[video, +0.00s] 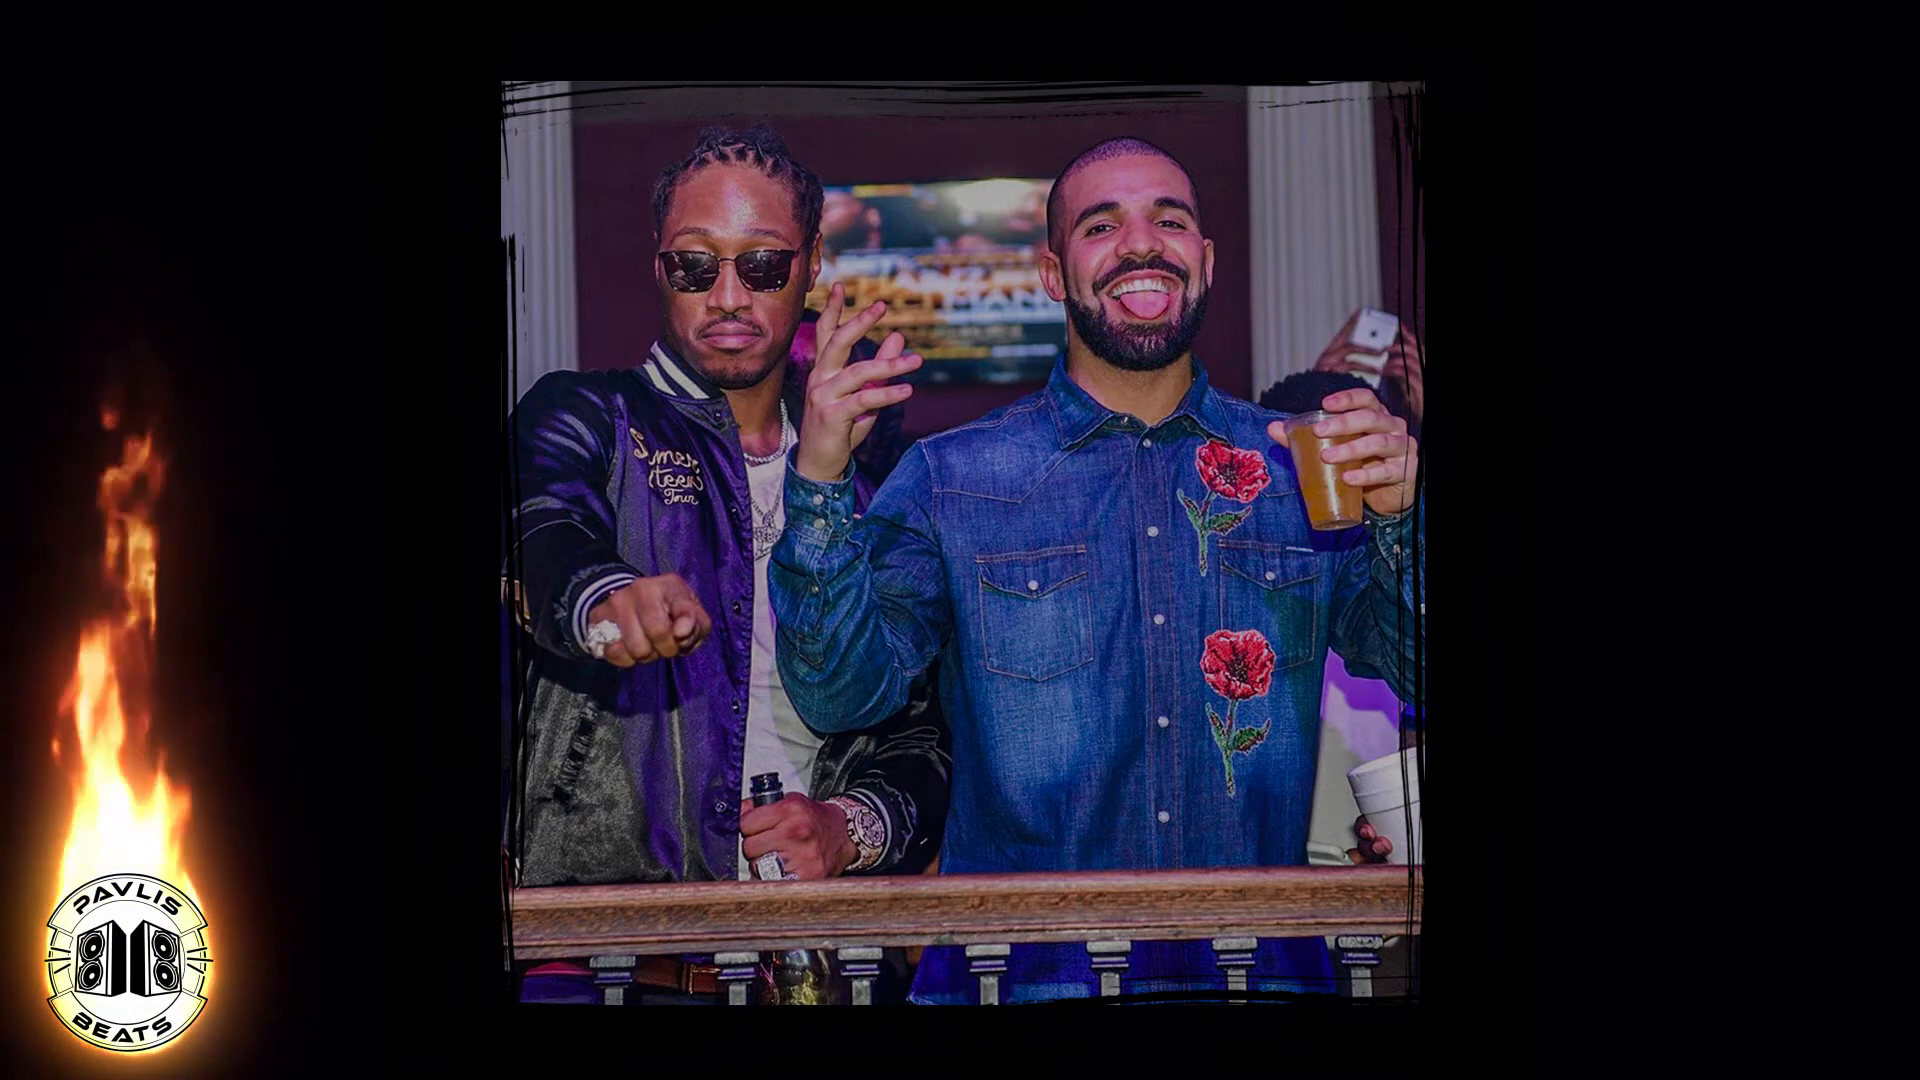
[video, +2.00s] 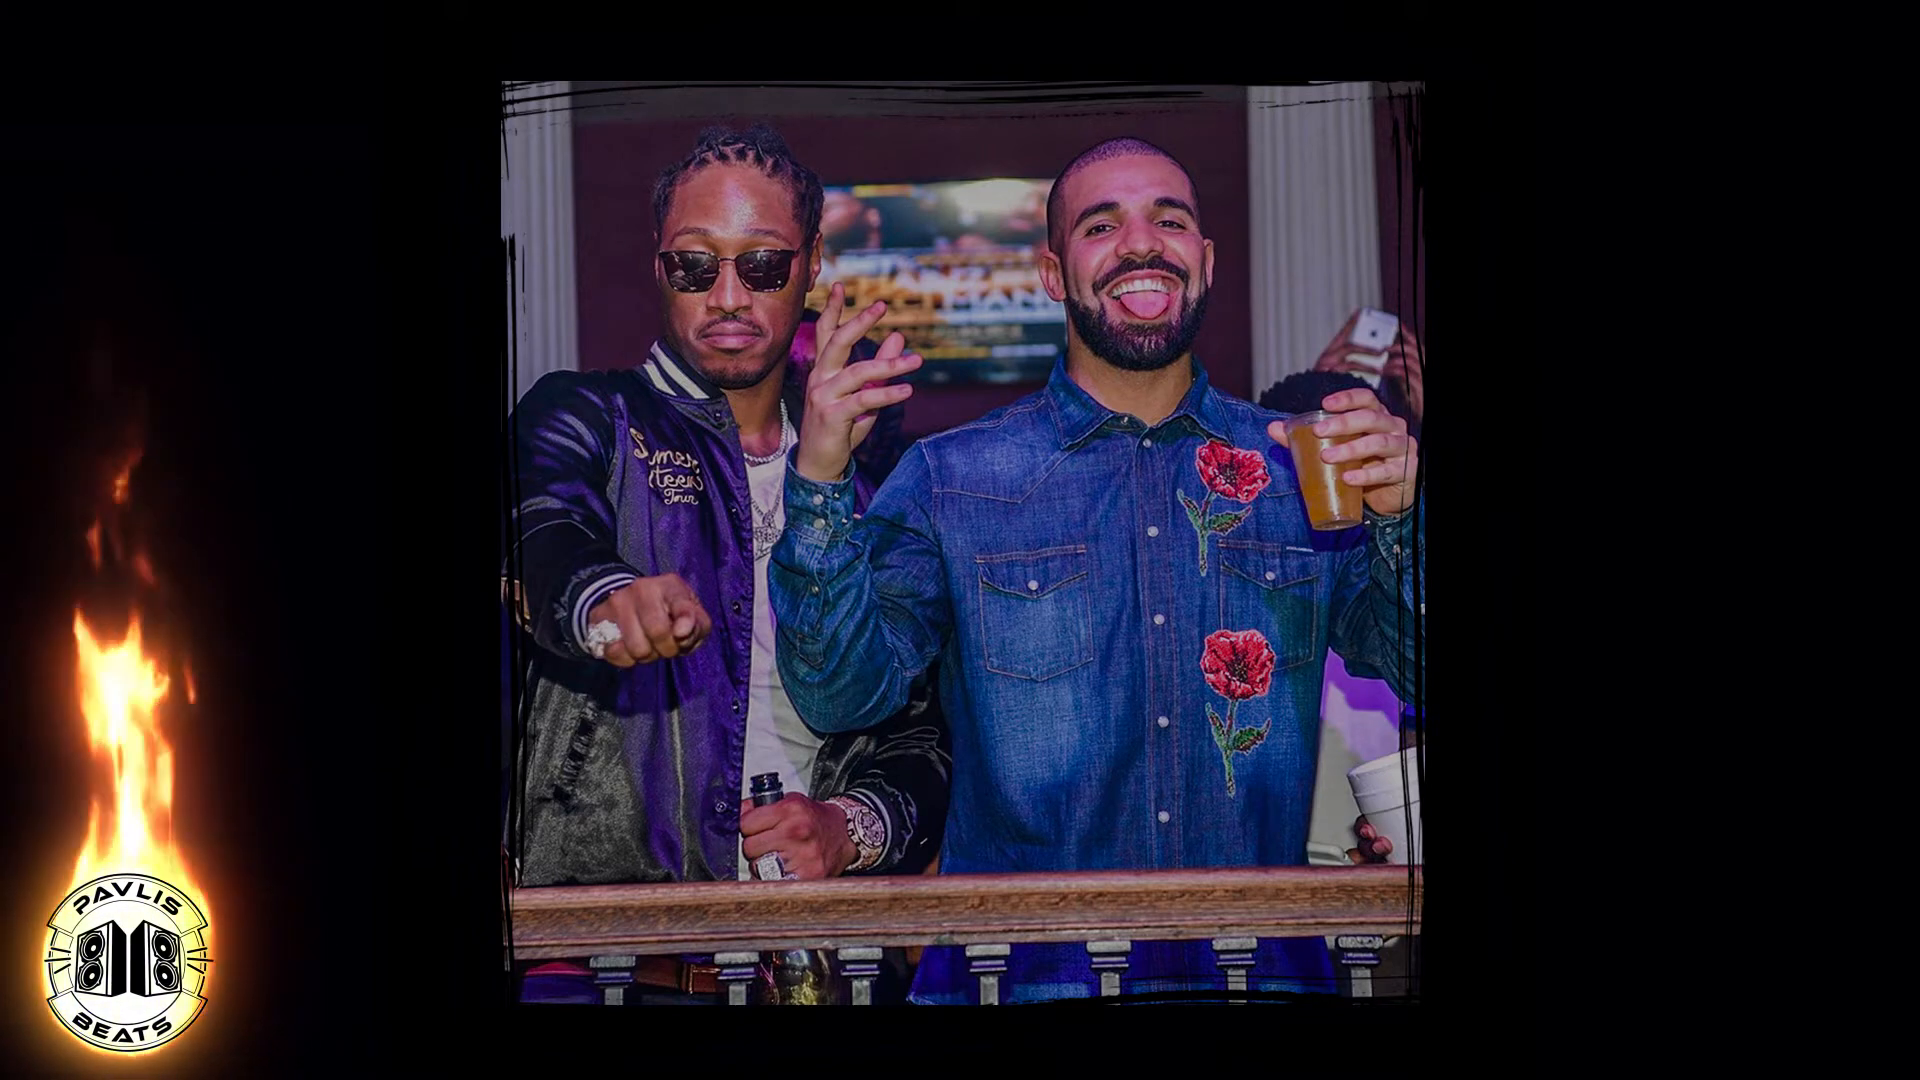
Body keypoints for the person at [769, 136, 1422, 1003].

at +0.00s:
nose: (1141, 243)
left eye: (1169, 219)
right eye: (1102, 225)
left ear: (1207, 258)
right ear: (1055, 272)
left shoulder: (1304, 469)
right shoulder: (945, 479)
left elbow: (1413, 674)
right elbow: (840, 692)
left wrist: (1402, 516)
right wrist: (819, 473)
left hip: (1255, 954)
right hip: (1021, 963)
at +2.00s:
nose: (1140, 243)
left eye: (1169, 219)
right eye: (1101, 225)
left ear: (1208, 258)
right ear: (1055, 272)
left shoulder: (1304, 470)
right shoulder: (945, 479)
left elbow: (1413, 673)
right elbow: (840, 693)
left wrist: (1402, 516)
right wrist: (818, 475)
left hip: (1254, 955)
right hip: (1020, 962)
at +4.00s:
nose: (1142, 242)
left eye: (1170, 219)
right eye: (1102, 225)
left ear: (1207, 259)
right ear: (1055, 273)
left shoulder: (1304, 469)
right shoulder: (945, 478)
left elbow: (1413, 673)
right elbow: (840, 692)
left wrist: (1402, 516)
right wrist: (818, 475)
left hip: (1255, 955)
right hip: (1022, 963)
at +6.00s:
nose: (1142, 242)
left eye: (1170, 219)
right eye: (1102, 225)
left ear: (1207, 259)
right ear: (1055, 273)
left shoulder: (1304, 469)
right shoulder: (945, 478)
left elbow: (1413, 673)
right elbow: (840, 692)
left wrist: (1402, 516)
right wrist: (818, 475)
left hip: (1255, 955)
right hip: (1022, 963)